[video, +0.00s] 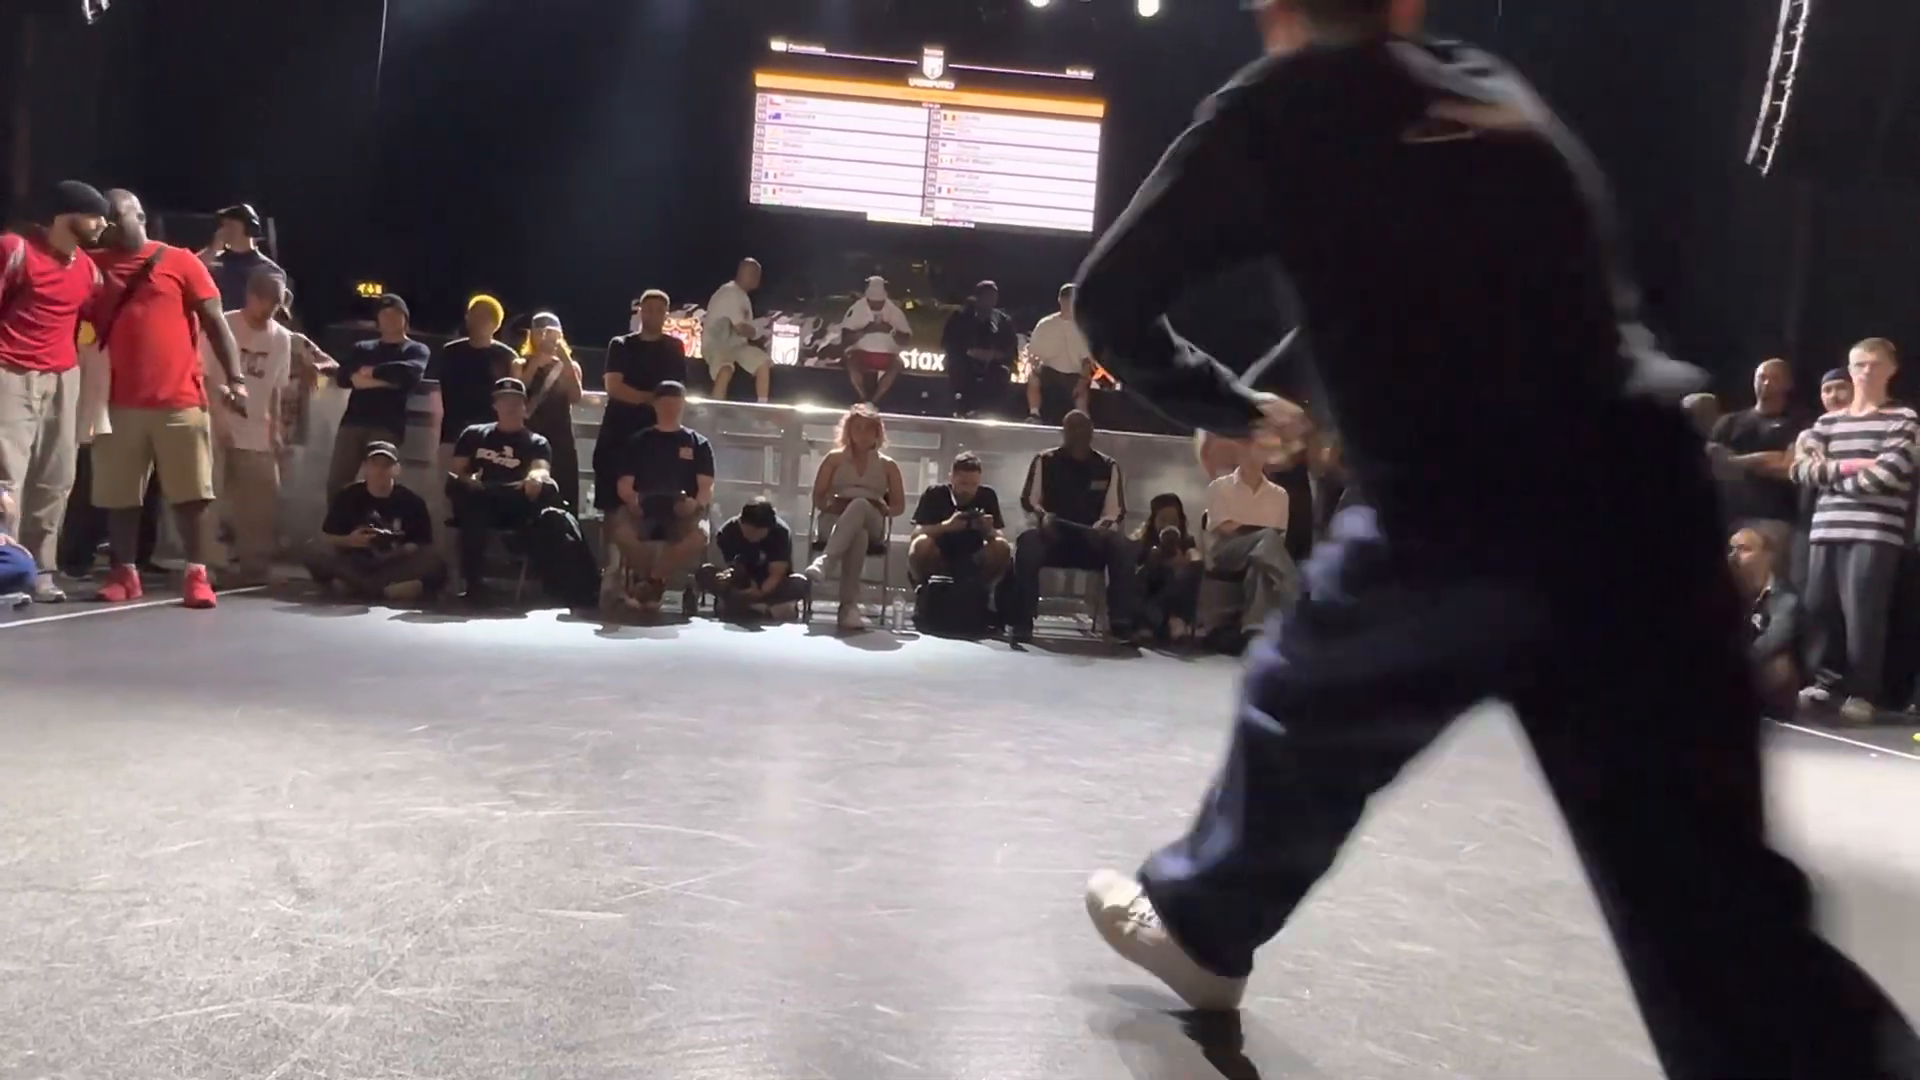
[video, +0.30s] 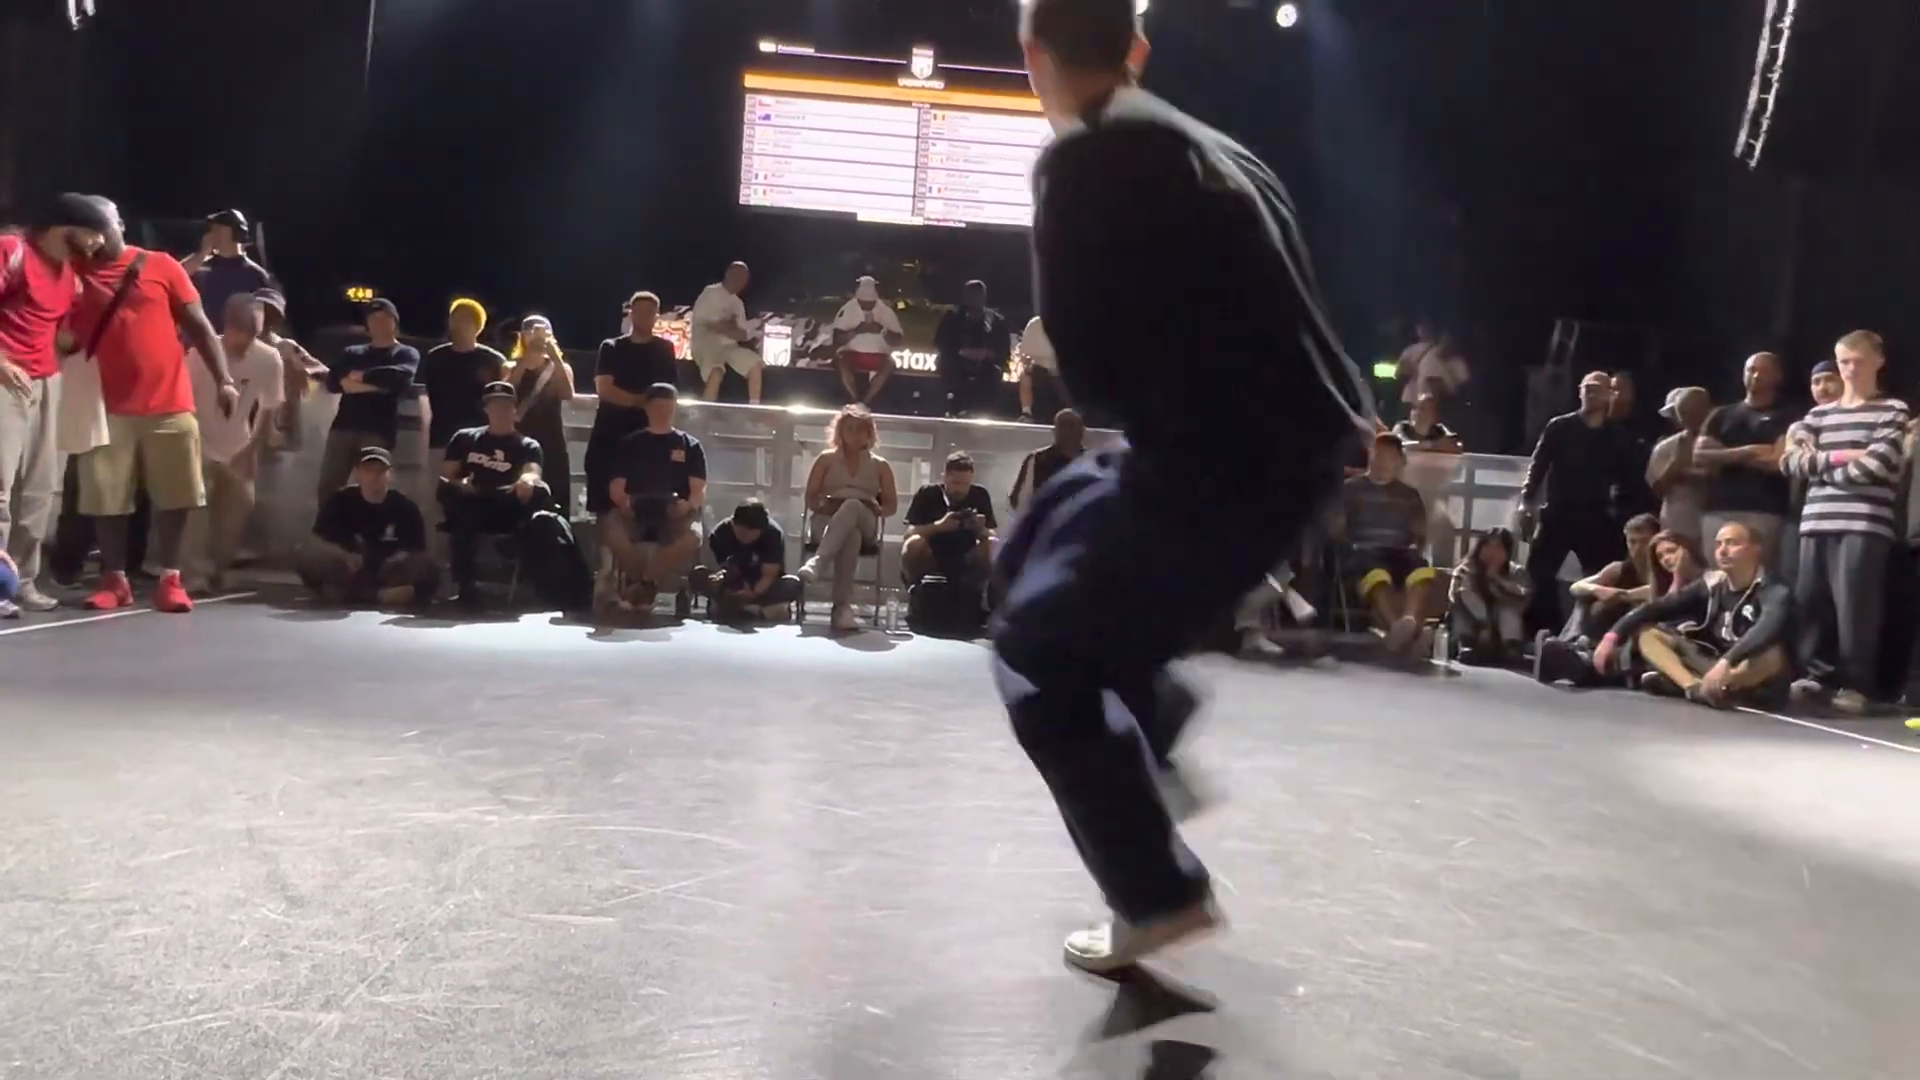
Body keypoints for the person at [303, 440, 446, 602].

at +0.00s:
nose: (380, 471)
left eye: (386, 466)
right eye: (375, 465)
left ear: (395, 470)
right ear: (365, 467)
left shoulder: (412, 502)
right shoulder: (346, 497)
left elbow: (423, 546)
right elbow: (327, 538)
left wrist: (395, 548)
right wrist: (350, 541)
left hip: (395, 561)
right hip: (354, 560)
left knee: (433, 561)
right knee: (313, 550)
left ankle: (358, 588)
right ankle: (382, 591)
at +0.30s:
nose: (375, 477)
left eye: (380, 472)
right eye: (369, 471)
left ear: (389, 475)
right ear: (358, 474)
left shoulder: (405, 507)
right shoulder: (339, 501)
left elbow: (416, 548)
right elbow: (318, 540)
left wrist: (400, 558)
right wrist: (346, 557)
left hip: (389, 568)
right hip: (347, 567)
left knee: (427, 568)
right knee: (306, 556)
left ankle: (350, 596)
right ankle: (378, 596)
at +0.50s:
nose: (371, 485)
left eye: (377, 480)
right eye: (366, 479)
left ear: (386, 483)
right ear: (356, 481)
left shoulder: (402, 515)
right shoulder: (338, 509)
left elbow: (413, 557)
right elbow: (320, 548)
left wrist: (384, 573)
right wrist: (341, 574)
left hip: (385, 575)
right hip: (346, 572)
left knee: (424, 573)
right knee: (301, 562)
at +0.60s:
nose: (374, 491)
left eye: (380, 485)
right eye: (369, 484)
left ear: (389, 488)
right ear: (358, 487)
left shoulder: (405, 520)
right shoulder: (339, 514)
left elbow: (415, 562)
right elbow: (319, 553)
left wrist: (387, 579)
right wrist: (341, 578)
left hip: (386, 581)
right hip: (347, 580)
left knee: (428, 580)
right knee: (304, 567)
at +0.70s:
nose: (373, 493)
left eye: (379, 486)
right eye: (367, 486)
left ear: (388, 489)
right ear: (357, 489)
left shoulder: (404, 521)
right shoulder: (338, 515)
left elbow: (413, 563)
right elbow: (318, 553)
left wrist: (386, 579)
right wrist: (340, 578)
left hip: (386, 582)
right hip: (346, 581)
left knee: (427, 581)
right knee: (304, 570)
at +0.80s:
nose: (367, 486)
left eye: (372, 480)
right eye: (361, 480)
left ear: (382, 483)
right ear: (352, 483)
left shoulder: (399, 514)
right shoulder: (334, 508)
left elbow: (409, 556)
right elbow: (318, 549)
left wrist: (381, 573)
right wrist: (337, 573)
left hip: (382, 576)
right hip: (343, 575)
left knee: (422, 574)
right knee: (300, 563)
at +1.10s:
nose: (371, 499)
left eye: (376, 493)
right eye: (365, 493)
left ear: (385, 496)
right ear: (355, 497)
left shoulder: (403, 528)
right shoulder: (339, 524)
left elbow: (413, 570)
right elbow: (323, 561)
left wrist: (394, 581)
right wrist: (341, 579)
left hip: (386, 588)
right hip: (348, 587)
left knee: (425, 588)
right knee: (305, 578)